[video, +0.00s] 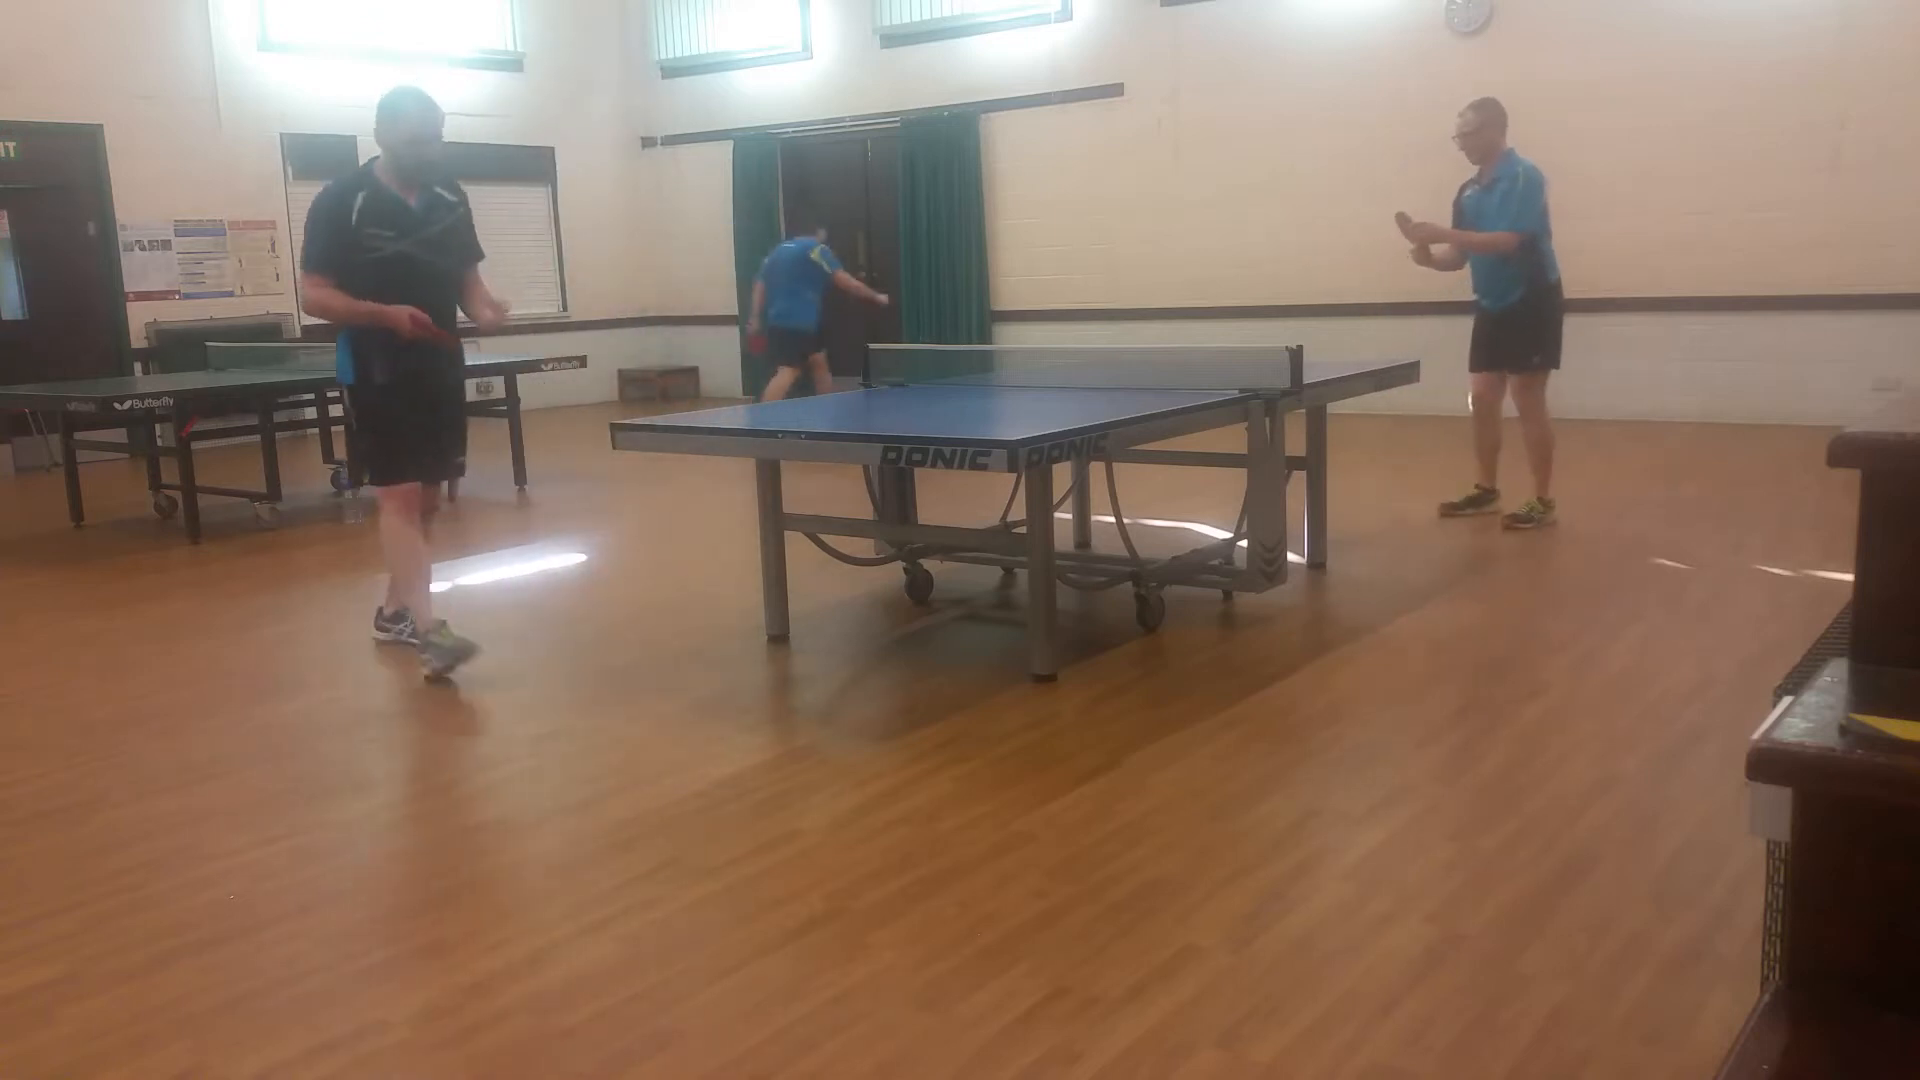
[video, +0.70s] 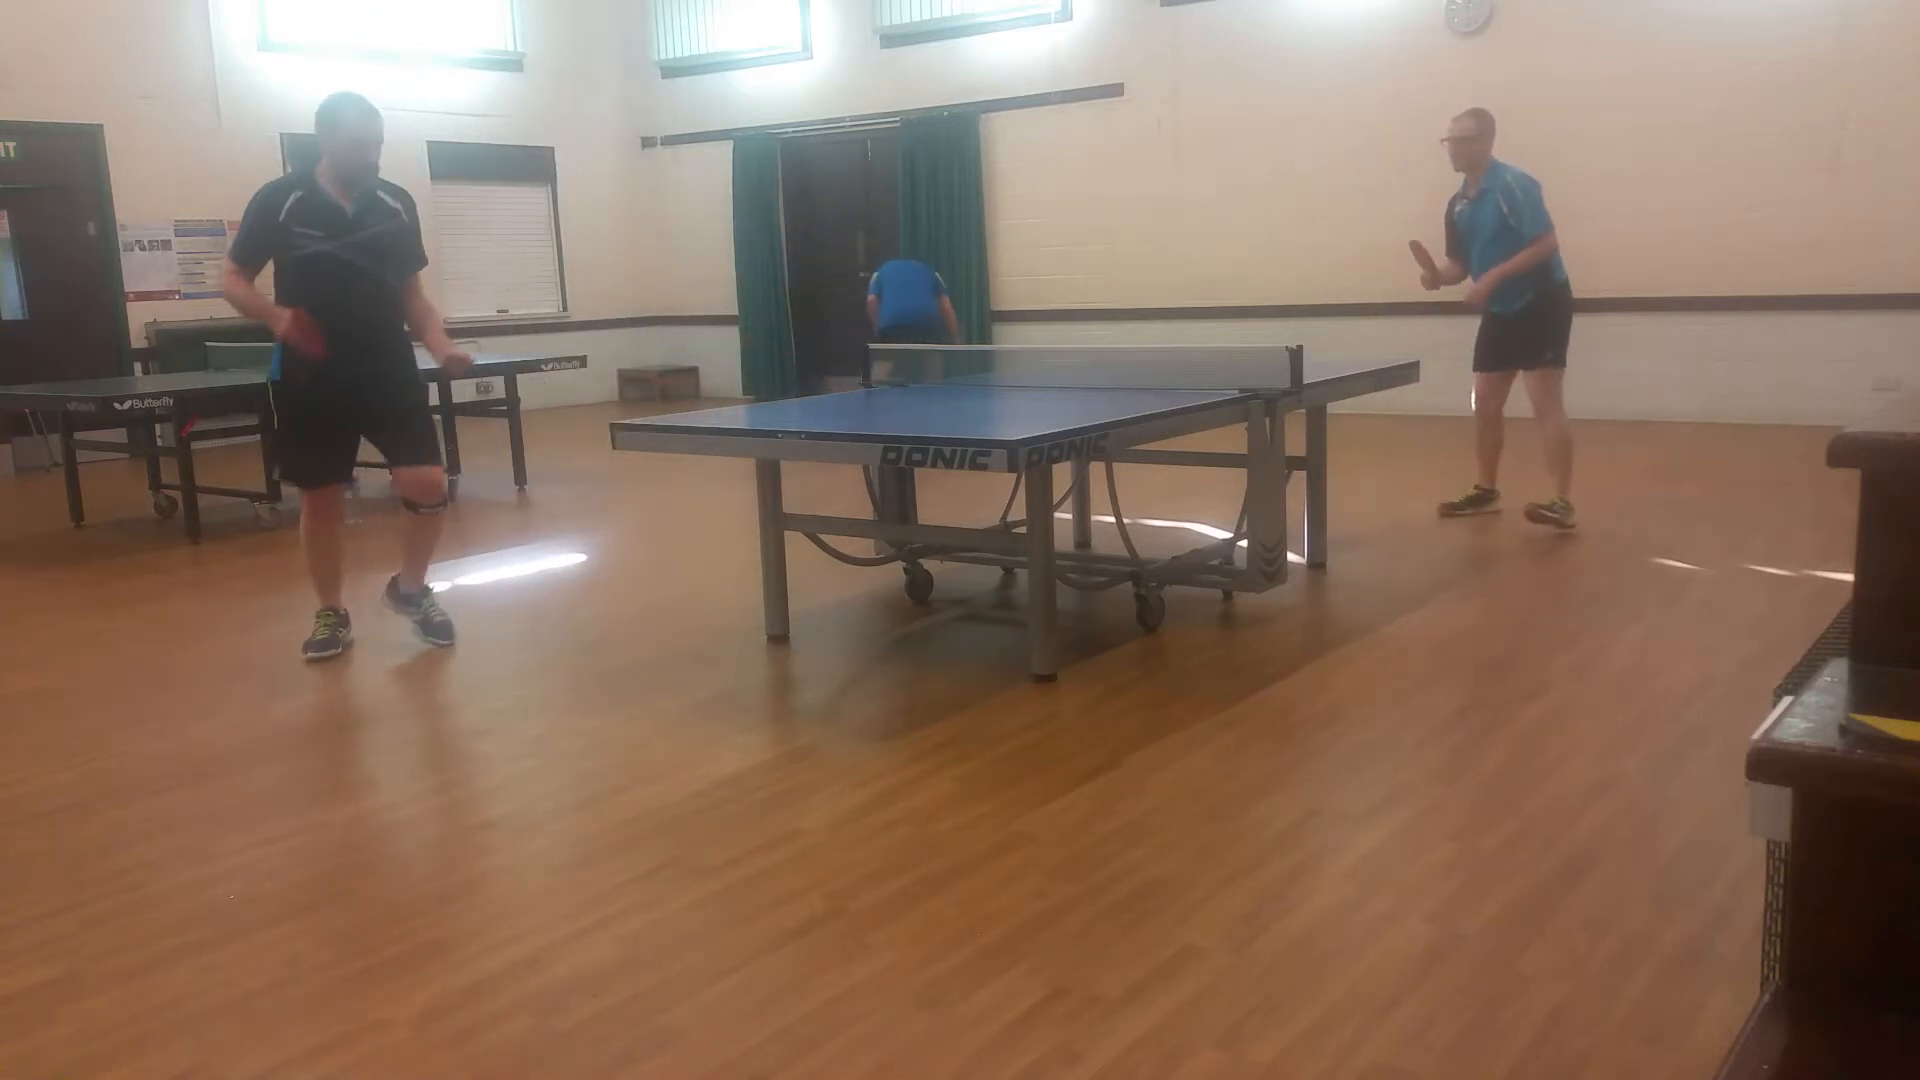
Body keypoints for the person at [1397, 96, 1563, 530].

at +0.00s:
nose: (1459, 143)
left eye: (1466, 134)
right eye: (1457, 135)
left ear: (1493, 131)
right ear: (1470, 137)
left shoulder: (1525, 177)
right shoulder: (1467, 192)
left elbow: (1511, 241)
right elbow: (1458, 256)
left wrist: (1443, 234)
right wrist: (1429, 257)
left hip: (1533, 300)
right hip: (1492, 303)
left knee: (1528, 397)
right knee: (1483, 396)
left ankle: (1543, 501)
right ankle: (1486, 490)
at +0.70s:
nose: (1450, 149)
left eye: (1458, 142)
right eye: (1448, 142)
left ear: (1484, 143)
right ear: (1450, 145)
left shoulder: (1516, 185)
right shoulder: (1458, 204)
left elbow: (1546, 244)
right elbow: (1458, 264)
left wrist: (1488, 279)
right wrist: (1438, 274)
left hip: (1543, 301)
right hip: (1500, 306)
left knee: (1544, 399)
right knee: (1486, 399)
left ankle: (1563, 501)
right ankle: (1485, 490)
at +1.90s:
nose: (1423, 181)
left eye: (1431, 173)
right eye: (1421, 174)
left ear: (1458, 173)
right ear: (1425, 176)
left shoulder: (1496, 210)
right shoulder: (1433, 227)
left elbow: (1537, 267)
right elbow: (1413, 286)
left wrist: (1498, 322)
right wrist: (1394, 271)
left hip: (1536, 305)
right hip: (1491, 313)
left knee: (1520, 401)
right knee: (1471, 403)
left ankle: (1536, 503)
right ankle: (1476, 486)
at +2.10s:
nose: (1427, 181)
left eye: (1435, 173)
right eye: (1425, 174)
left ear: (1462, 174)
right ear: (1431, 176)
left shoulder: (1501, 212)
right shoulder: (1437, 226)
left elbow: (1541, 270)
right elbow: (1417, 286)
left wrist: (1508, 325)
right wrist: (1398, 271)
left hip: (1540, 305)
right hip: (1496, 312)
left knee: (1522, 404)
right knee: (1478, 403)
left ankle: (1535, 504)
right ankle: (1477, 486)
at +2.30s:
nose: (1428, 180)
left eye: (1436, 173)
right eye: (1427, 173)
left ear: (1464, 174)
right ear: (1434, 176)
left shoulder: (1504, 212)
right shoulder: (1437, 225)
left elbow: (1544, 272)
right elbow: (1418, 285)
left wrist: (1519, 327)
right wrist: (1401, 273)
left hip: (1540, 306)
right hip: (1494, 312)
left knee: (1521, 403)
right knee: (1477, 402)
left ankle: (1536, 504)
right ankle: (1477, 486)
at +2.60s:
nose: (1428, 182)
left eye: (1437, 174)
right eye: (1426, 174)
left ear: (1464, 174)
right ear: (1431, 177)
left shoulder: (1502, 213)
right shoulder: (1436, 224)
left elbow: (1542, 272)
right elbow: (1416, 285)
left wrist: (1512, 327)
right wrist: (1400, 274)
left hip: (1538, 307)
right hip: (1492, 312)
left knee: (1522, 403)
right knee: (1476, 402)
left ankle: (1536, 504)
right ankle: (1477, 486)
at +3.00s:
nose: (1424, 177)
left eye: (1432, 170)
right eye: (1422, 170)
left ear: (1459, 171)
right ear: (1425, 173)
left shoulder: (1496, 209)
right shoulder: (1432, 223)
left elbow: (1536, 271)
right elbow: (1417, 285)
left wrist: (1513, 326)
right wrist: (1397, 272)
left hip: (1532, 307)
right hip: (1488, 312)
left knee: (1516, 404)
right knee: (1473, 401)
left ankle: (1536, 503)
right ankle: (1476, 486)